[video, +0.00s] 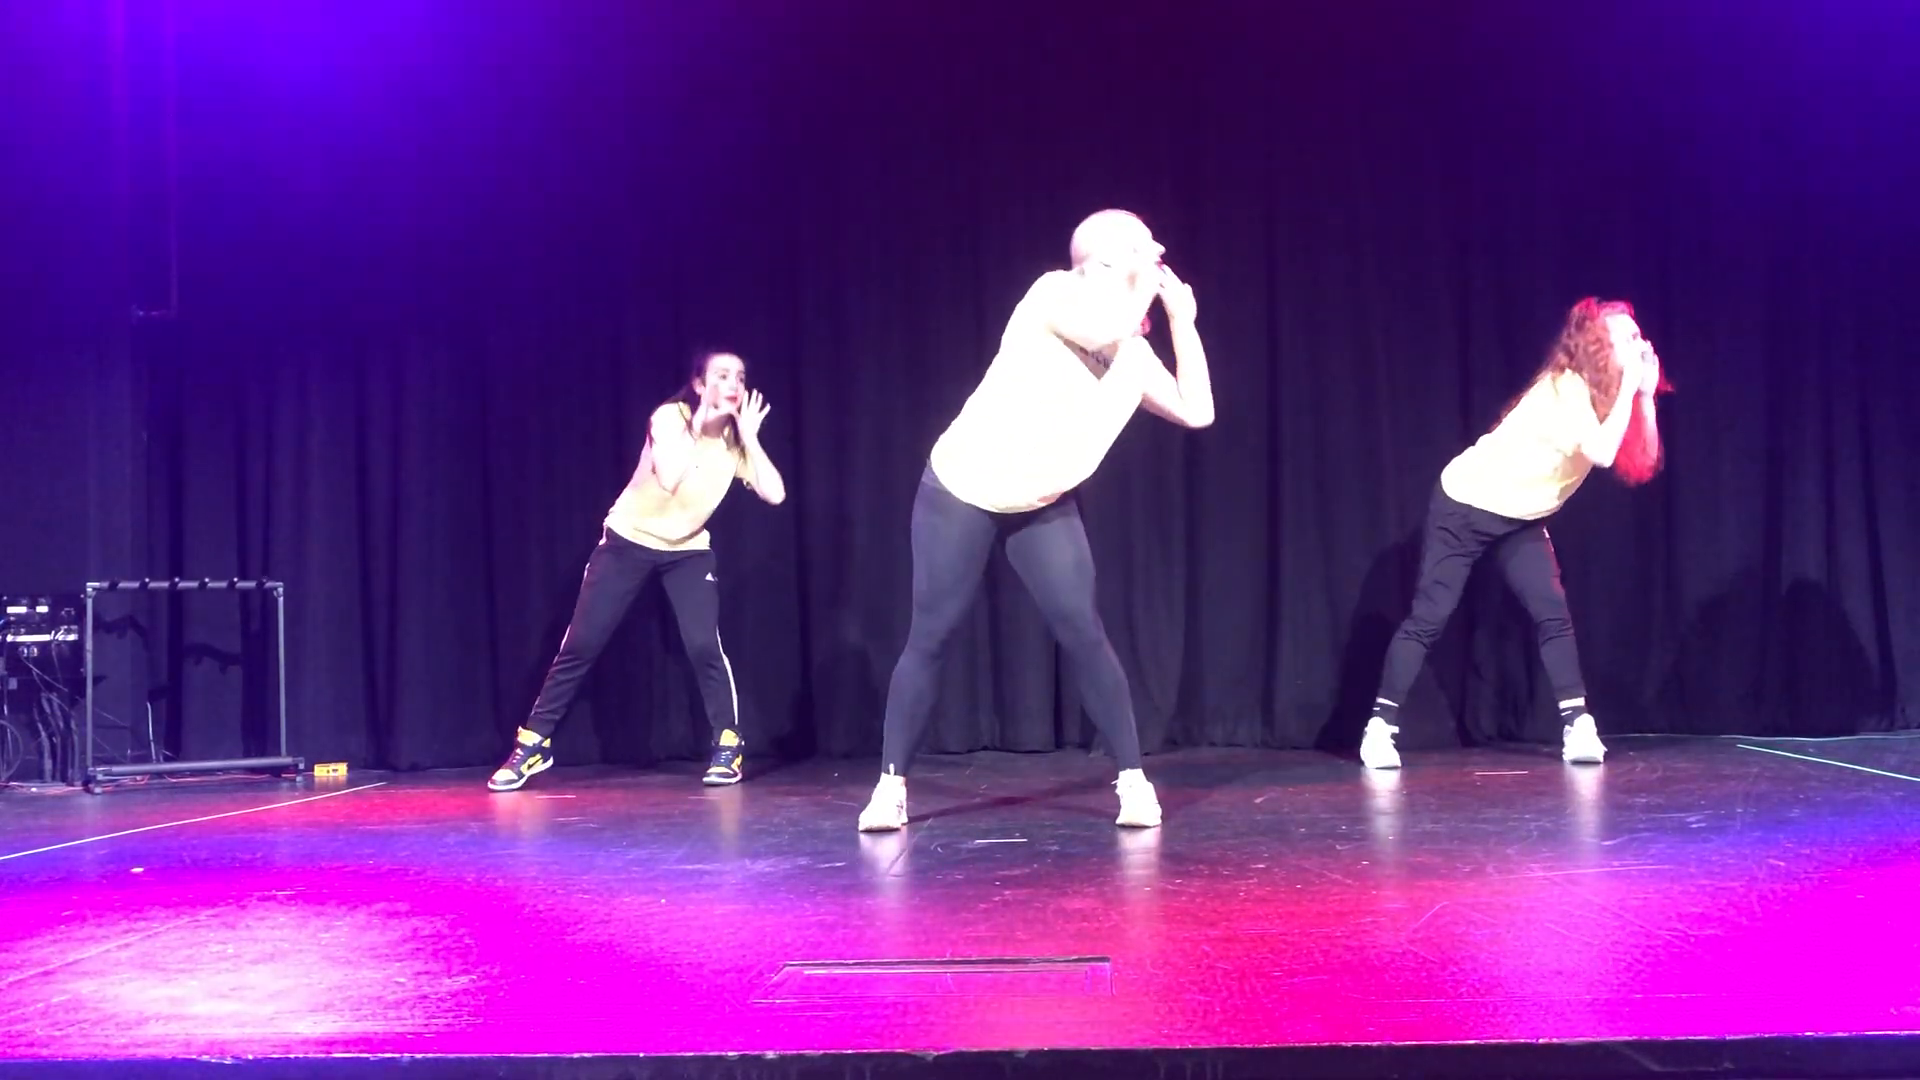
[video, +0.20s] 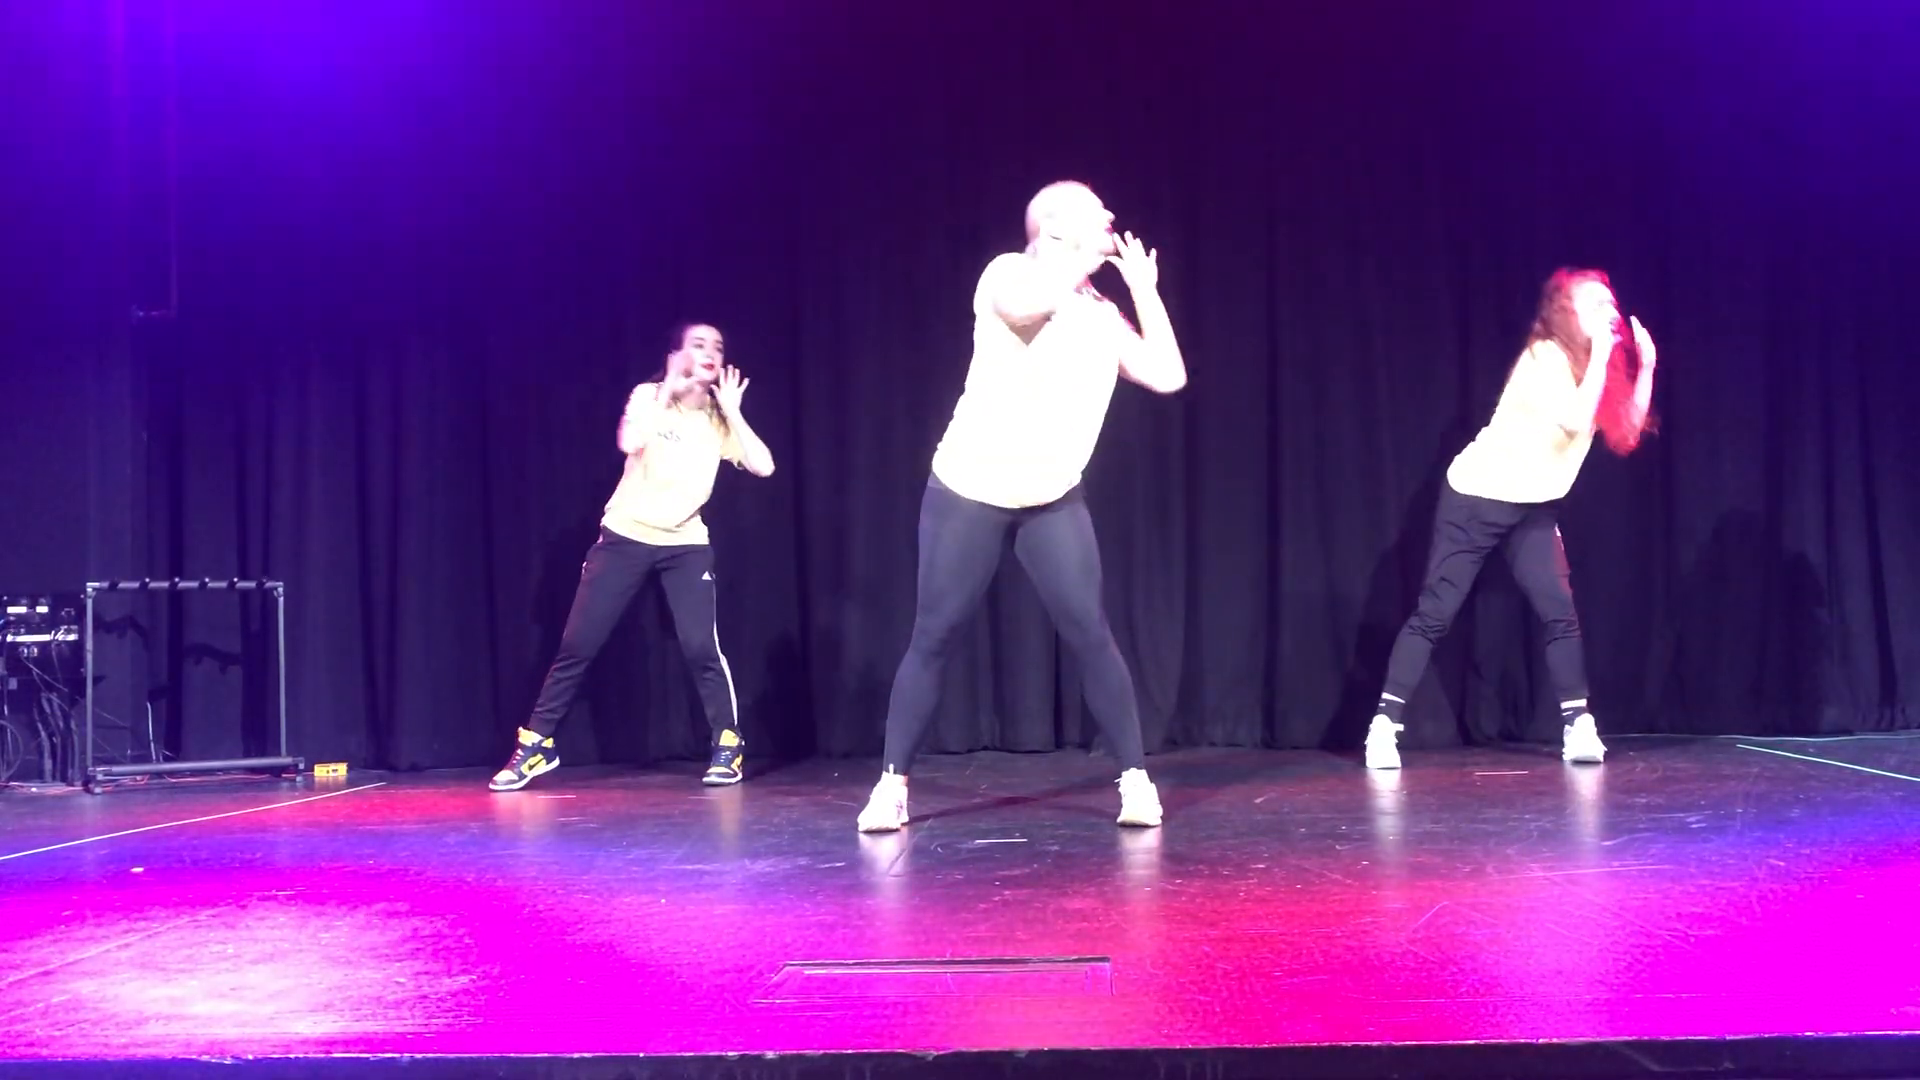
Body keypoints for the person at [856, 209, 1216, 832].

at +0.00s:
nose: (1158, 251)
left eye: (1153, 240)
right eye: (1142, 237)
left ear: (1132, 259)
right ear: (1100, 254)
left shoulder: (1133, 352)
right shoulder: (1055, 292)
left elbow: (1197, 410)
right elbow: (1101, 332)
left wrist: (1184, 322)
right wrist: (1143, 281)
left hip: (1043, 504)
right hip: (960, 492)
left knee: (1083, 632)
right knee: (931, 633)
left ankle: (1131, 778)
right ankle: (891, 782)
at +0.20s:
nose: (1109, 222)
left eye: (1105, 213)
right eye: (1093, 212)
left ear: (1089, 232)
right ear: (1050, 228)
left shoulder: (1104, 320)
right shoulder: (1006, 272)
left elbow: (1168, 375)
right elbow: (1023, 307)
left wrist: (1145, 292)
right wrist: (1083, 259)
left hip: (1052, 496)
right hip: (969, 488)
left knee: (1088, 629)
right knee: (935, 630)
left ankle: (1135, 777)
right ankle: (892, 781)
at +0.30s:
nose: (1081, 206)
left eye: (1081, 198)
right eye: (1063, 196)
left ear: (1083, 220)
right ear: (1023, 214)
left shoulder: (1096, 301)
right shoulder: (989, 270)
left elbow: (1133, 393)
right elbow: (950, 342)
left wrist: (1141, 323)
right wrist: (1032, 306)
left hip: (1053, 488)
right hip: (967, 482)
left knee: (1090, 625)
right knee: (932, 626)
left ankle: (1135, 776)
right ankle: (892, 780)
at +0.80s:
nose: (1023, 204)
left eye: (1032, 197)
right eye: (1009, 197)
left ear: (1047, 217)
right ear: (982, 217)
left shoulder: (1068, 303)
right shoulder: (950, 265)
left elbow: (1078, 414)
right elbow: (944, 169)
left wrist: (1095, 507)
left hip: (1031, 480)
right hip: (941, 479)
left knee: (1078, 624)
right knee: (916, 631)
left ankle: (1130, 777)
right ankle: (891, 784)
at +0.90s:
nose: (1001, 196)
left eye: (1015, 191)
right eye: (990, 192)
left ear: (1038, 215)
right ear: (973, 215)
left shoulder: (1067, 304)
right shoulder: (948, 263)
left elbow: (1076, 413)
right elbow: (939, 154)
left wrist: (1091, 505)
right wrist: (945, 55)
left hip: (1029, 483)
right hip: (938, 481)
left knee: (1072, 625)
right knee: (921, 629)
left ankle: (1130, 776)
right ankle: (892, 784)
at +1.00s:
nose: (971, 210)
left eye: (987, 200)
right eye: (967, 202)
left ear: (1023, 217)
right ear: (964, 219)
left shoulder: (1059, 308)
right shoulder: (957, 270)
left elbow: (1065, 415)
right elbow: (935, 191)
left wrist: (1079, 510)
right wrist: (922, 116)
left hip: (1016, 485)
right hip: (931, 484)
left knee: (1066, 628)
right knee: (918, 628)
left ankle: (1129, 776)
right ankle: (892, 784)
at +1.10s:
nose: (949, 222)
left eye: (958, 211)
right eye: (951, 214)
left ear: (998, 218)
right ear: (968, 225)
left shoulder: (1040, 299)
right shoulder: (960, 280)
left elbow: (1047, 405)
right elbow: (938, 238)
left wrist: (1061, 499)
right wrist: (921, 201)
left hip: (1002, 480)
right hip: (927, 482)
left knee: (1061, 628)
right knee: (918, 629)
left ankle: (1130, 774)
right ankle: (892, 782)